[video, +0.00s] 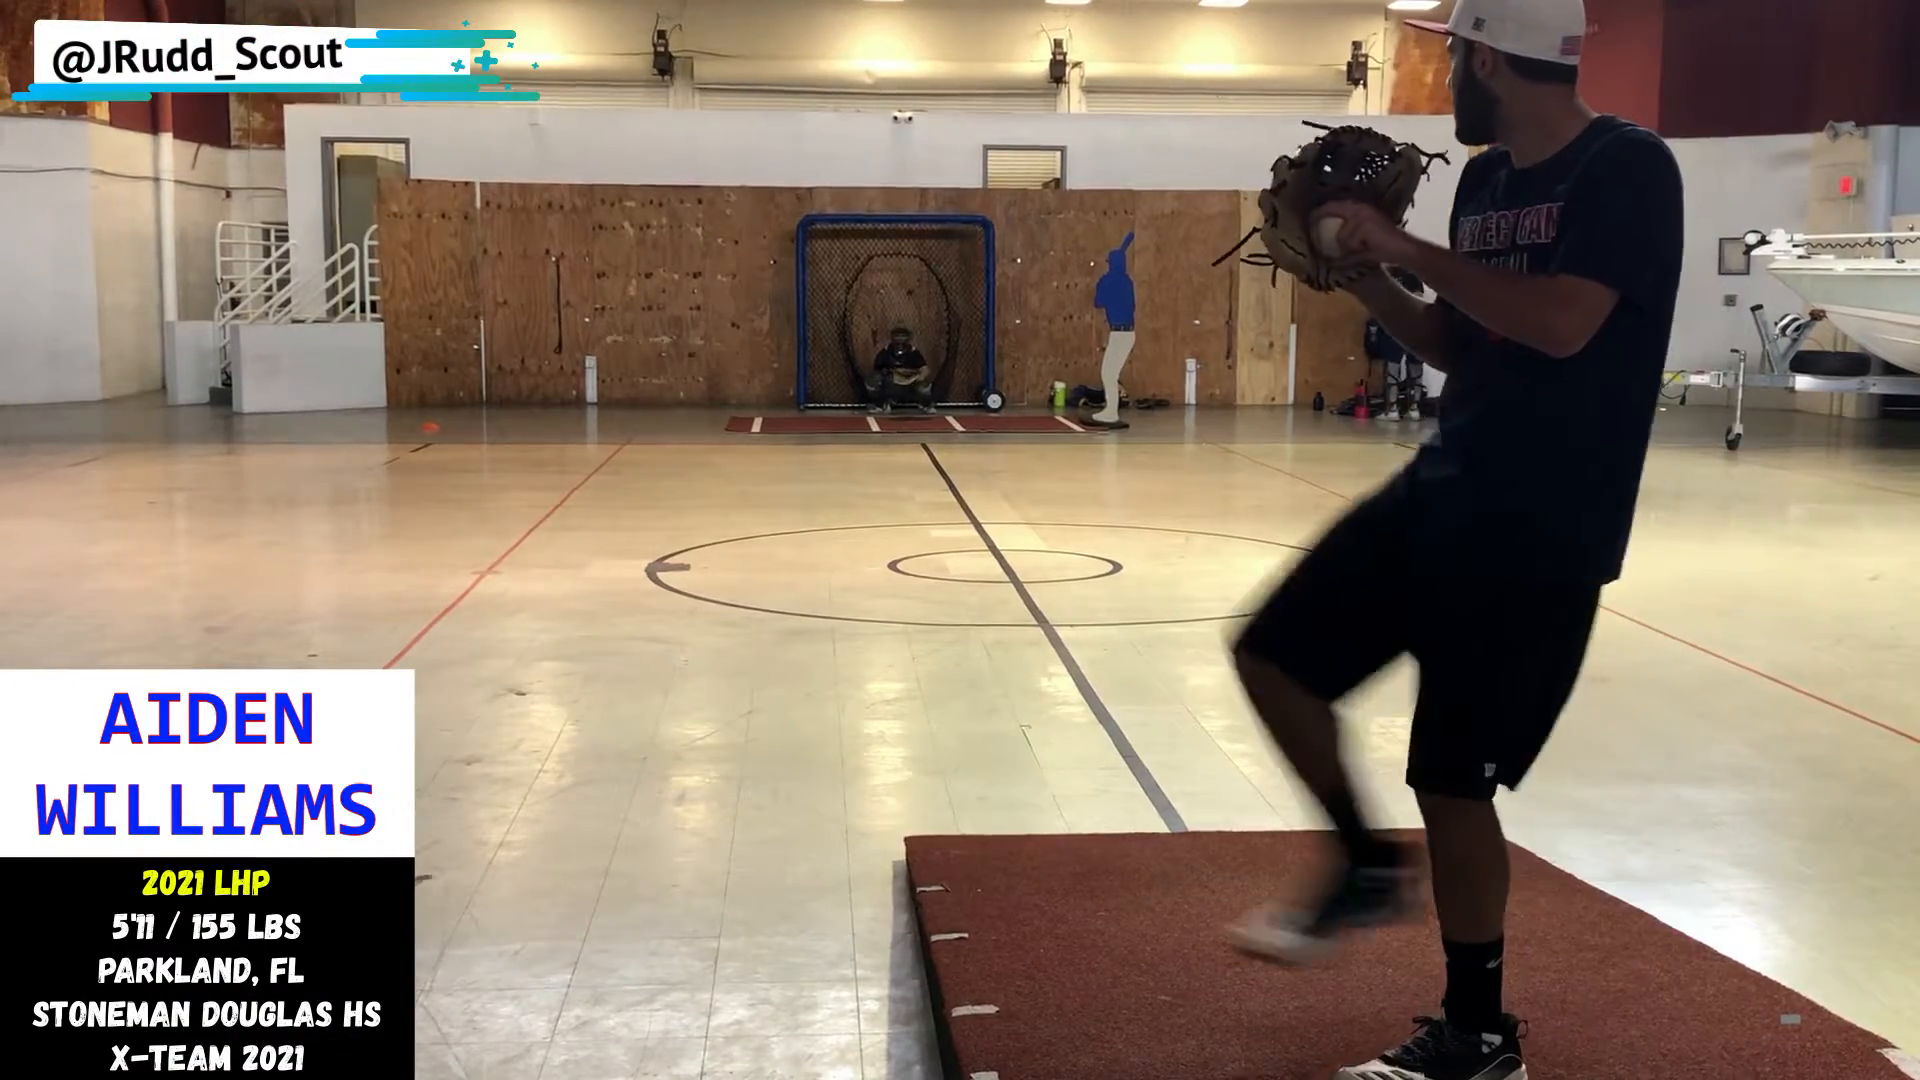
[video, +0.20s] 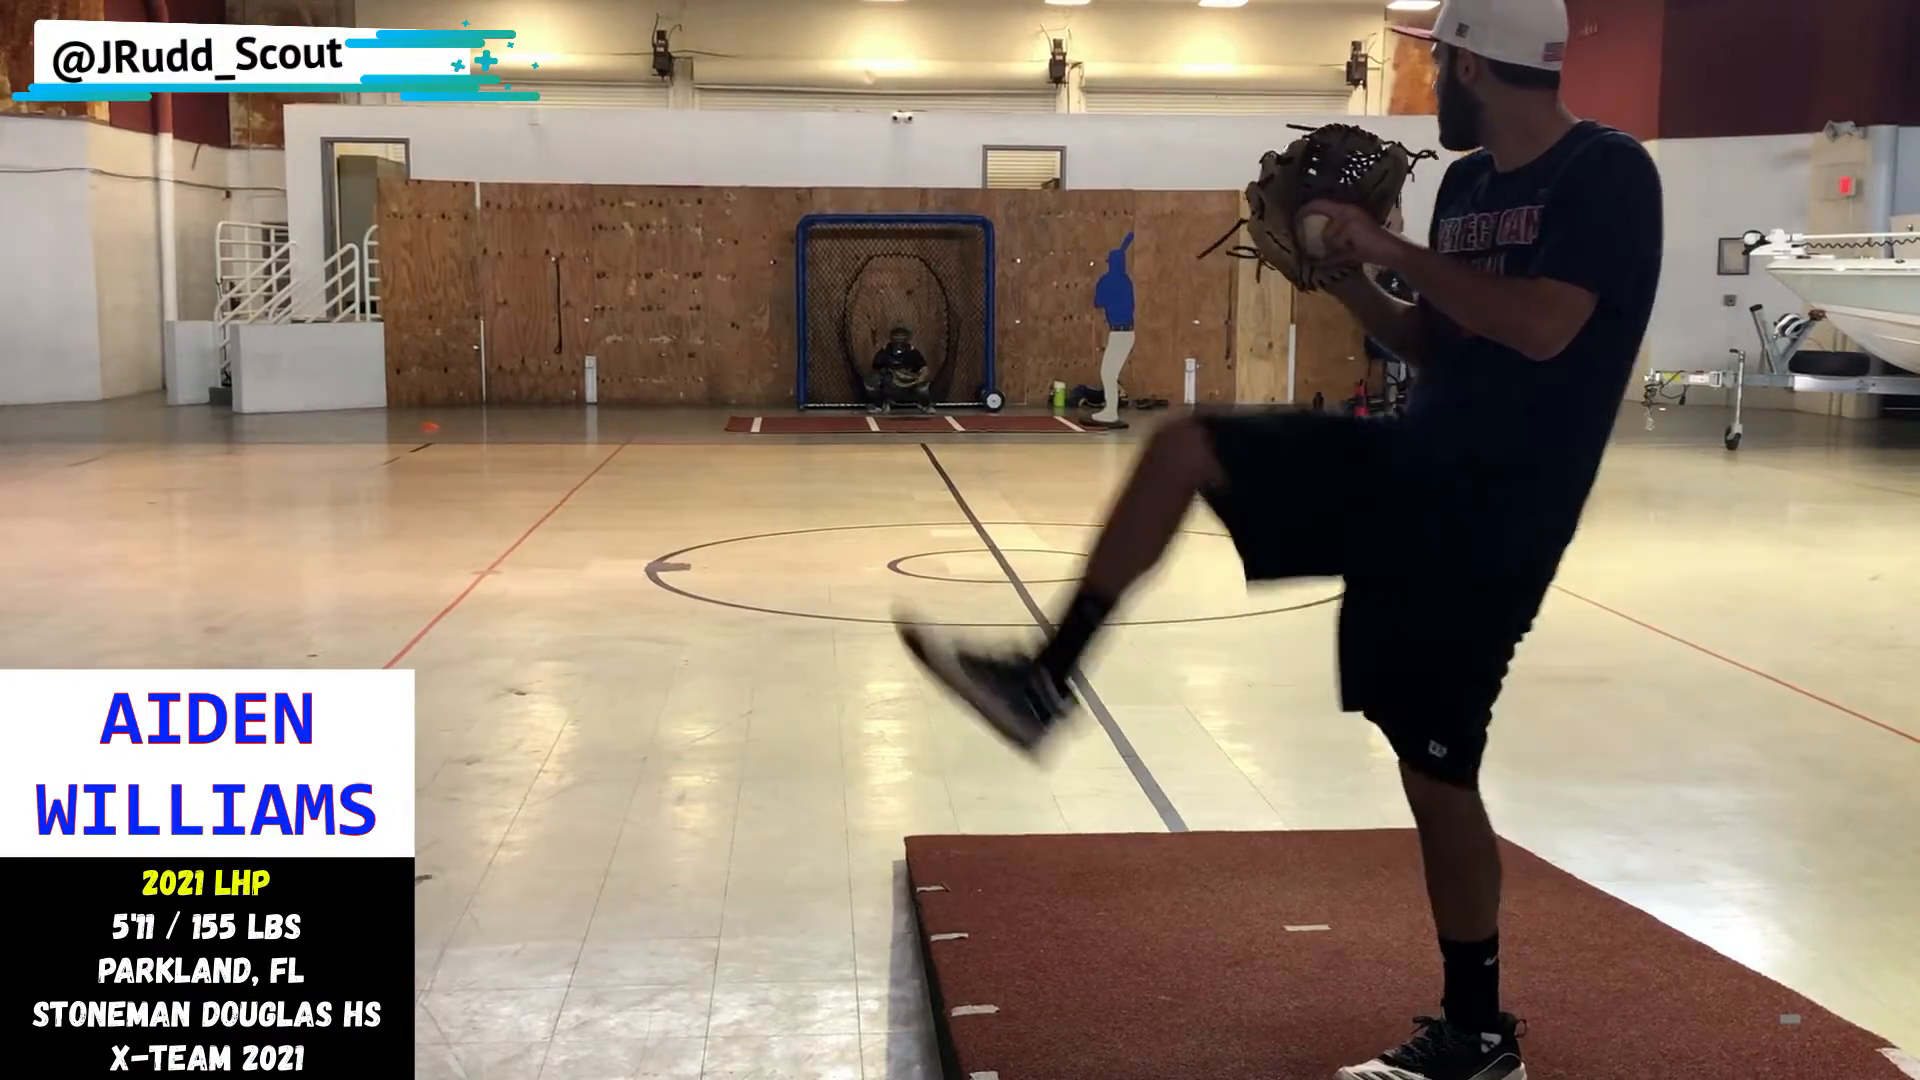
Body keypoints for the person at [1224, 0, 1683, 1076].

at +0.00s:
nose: (1453, 75)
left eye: (1458, 50)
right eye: (1456, 53)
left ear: (1489, 54)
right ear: (1539, 56)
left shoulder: (1632, 168)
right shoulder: (1483, 181)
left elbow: (1564, 321)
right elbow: (1457, 349)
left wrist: (1400, 245)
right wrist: (1362, 277)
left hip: (1543, 531)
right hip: (1441, 499)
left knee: (1451, 775)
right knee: (1275, 658)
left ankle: (1476, 1026)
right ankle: (1365, 860)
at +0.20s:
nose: (1436, 79)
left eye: (1442, 56)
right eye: (1439, 59)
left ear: (1475, 58)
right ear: (1524, 60)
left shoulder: (1611, 171)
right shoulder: (1463, 183)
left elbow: (1542, 324)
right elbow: (1432, 345)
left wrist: (1385, 245)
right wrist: (1339, 273)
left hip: (1492, 517)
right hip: (1405, 472)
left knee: (1437, 768)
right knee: (1183, 445)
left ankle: (1476, 1028)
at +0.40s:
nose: (1396, 93)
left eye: (1404, 72)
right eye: (1398, 75)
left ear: (1440, 78)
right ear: (1474, 80)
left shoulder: (1573, 185)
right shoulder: (1422, 188)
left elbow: (1513, 333)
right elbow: (1384, 351)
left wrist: (1367, 250)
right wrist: (1306, 272)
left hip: (1449, 509)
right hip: (1367, 456)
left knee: (1407, 766)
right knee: (1208, 291)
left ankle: (1472, 1026)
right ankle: (1164, 548)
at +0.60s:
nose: (1345, 129)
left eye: (1355, 113)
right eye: (1349, 112)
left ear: (1385, 122)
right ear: (1427, 121)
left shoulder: (1519, 224)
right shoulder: (1367, 218)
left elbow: (1505, 397)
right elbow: (1348, 354)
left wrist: (1342, 372)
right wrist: (1271, 338)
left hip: (1446, 538)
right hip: (1351, 495)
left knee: (1357, 769)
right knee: (1156, 495)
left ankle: (1466, 1022)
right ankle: (1236, 716)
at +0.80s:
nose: (1278, 283)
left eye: (1288, 269)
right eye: (1280, 267)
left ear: (1314, 273)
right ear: (1366, 268)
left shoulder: (1463, 368)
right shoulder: (1292, 345)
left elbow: (1530, 531)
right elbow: (1180, 416)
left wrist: (1532, 682)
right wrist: (1082, 518)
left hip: (1419, 607)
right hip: (1328, 575)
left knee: (1305, 794)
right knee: (1165, 687)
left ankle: (1454, 1025)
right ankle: (1145, 853)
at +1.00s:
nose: (1183, 319)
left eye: (1187, 308)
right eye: (1185, 309)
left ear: (1207, 317)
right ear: (1274, 309)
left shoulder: (1354, 400)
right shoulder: (1210, 374)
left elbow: (1446, 486)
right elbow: (1143, 385)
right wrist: (1149, 437)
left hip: (1312, 642)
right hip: (1257, 619)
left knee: (1278, 848)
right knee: (1175, 679)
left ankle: (1413, 1002)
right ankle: (1167, 830)